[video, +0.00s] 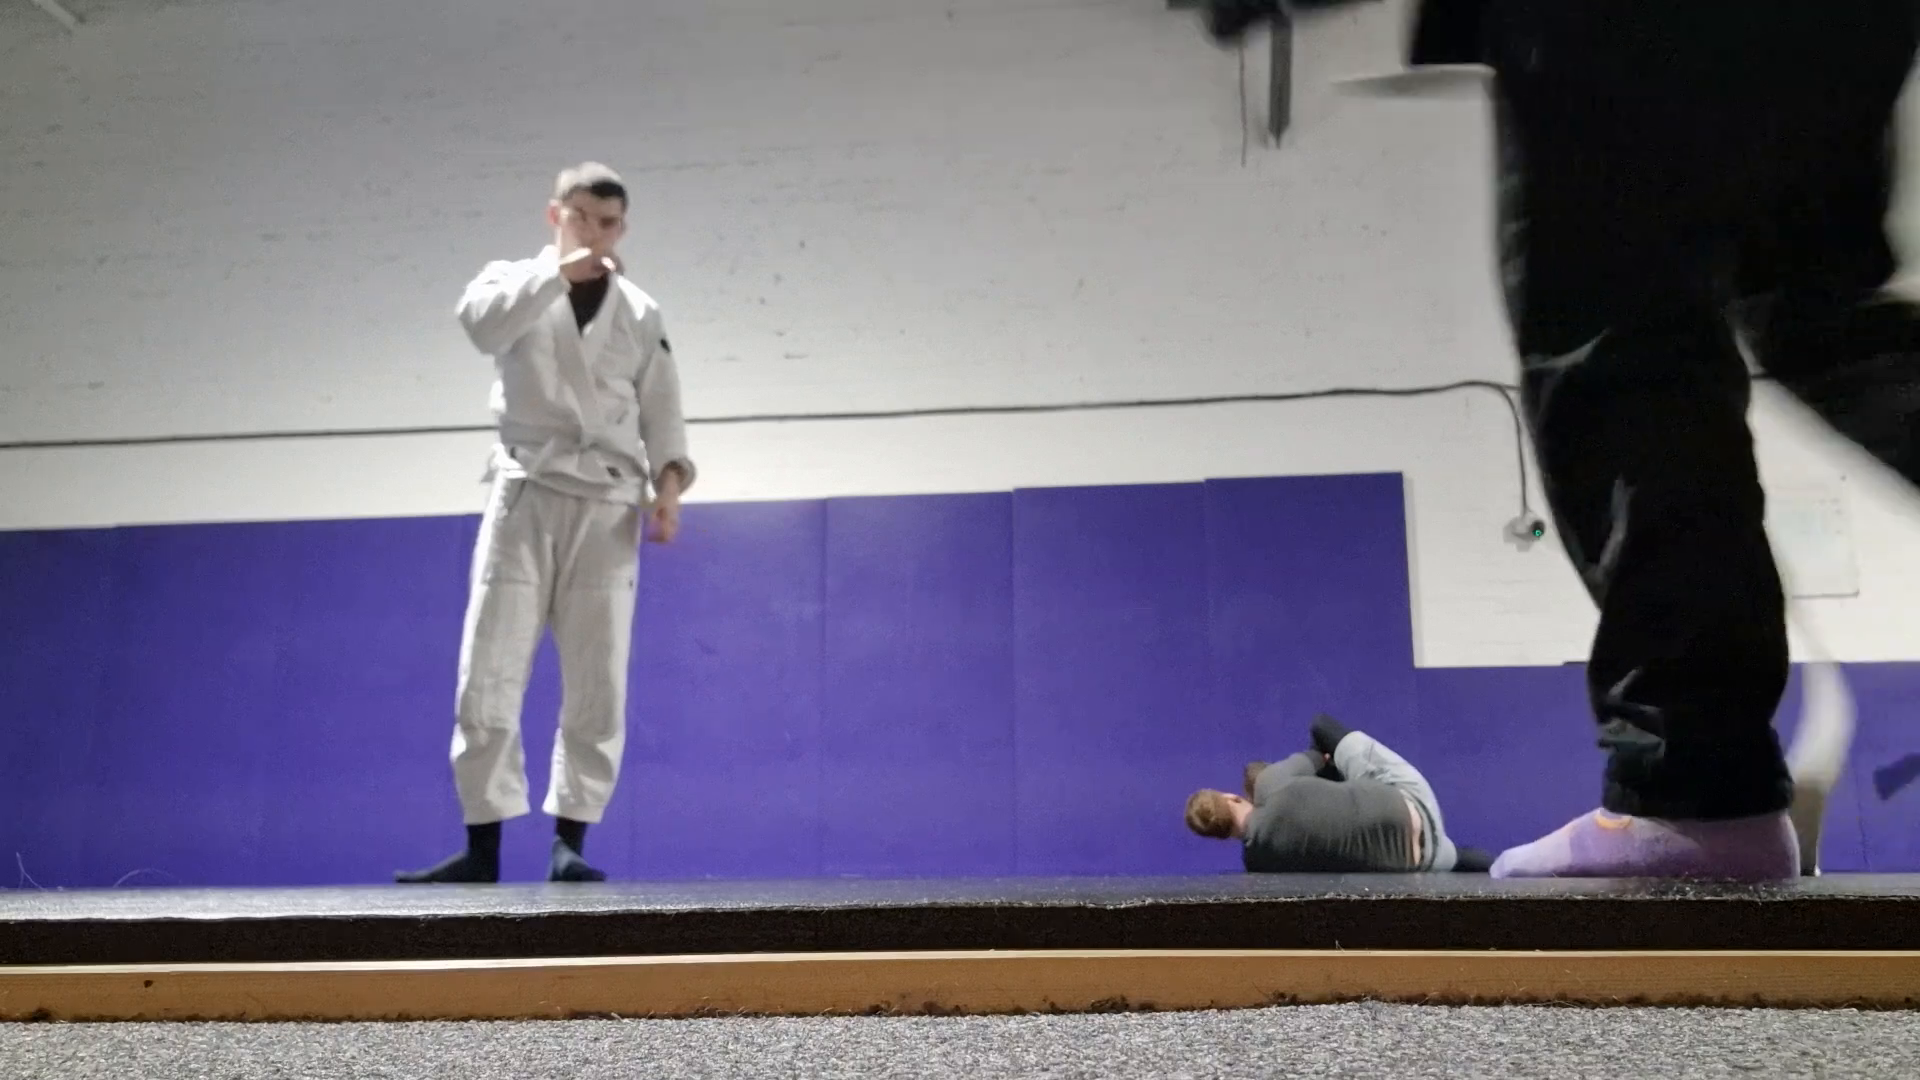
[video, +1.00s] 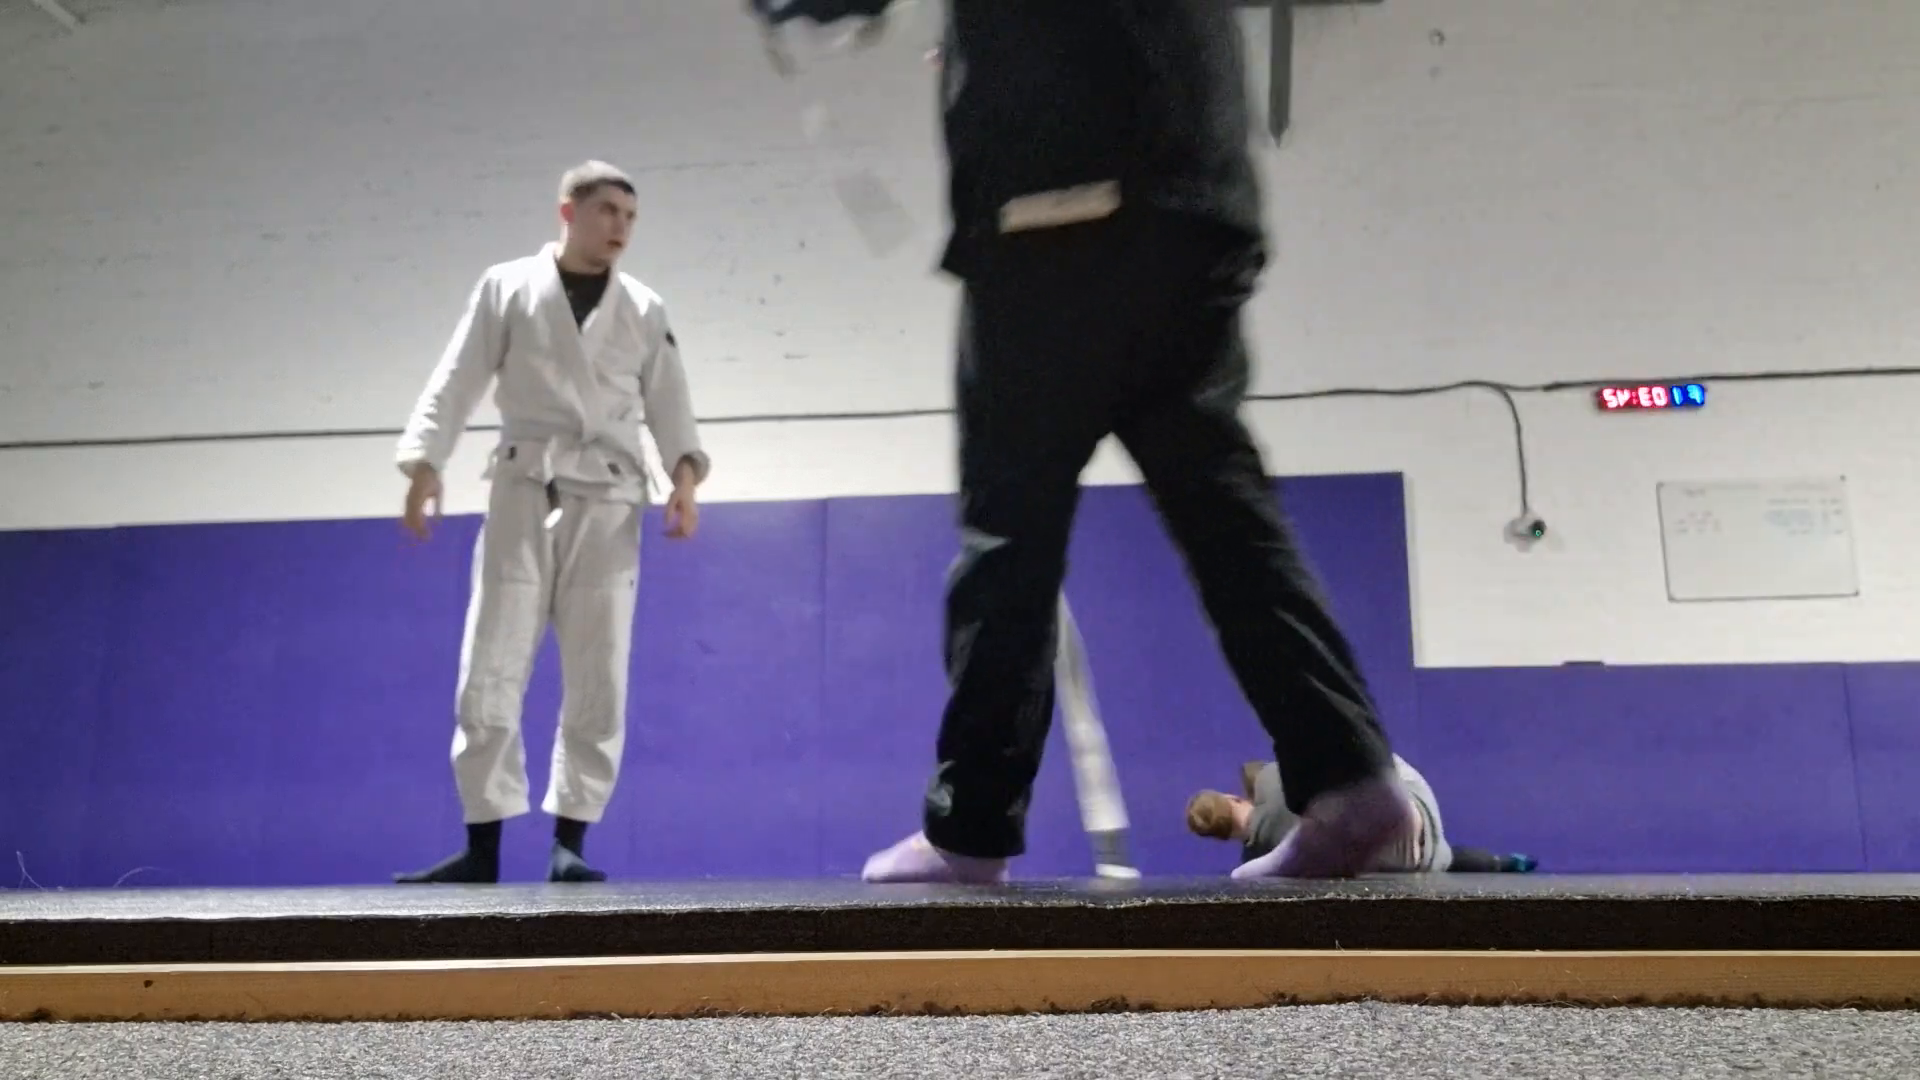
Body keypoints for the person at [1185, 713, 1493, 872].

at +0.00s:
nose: (1230, 791)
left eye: (1226, 792)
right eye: (1227, 792)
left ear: (1216, 838)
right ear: (1231, 797)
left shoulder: (1257, 862)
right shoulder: (1274, 783)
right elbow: (1320, 759)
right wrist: (1264, 775)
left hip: (1423, 862)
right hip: (1416, 808)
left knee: (1459, 855)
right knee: (1323, 727)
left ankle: (1513, 866)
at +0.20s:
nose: (1232, 795)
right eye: (1228, 795)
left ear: (1217, 841)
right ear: (1231, 798)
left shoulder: (1258, 864)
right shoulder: (1271, 781)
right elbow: (1317, 757)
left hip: (1422, 865)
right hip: (1415, 810)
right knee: (1342, 740)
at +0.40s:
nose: (1228, 795)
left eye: (1220, 825)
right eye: (1224, 795)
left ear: (1221, 836)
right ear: (1230, 795)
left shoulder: (1254, 854)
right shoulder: (1274, 773)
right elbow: (1327, 760)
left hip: (1416, 857)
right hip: (1410, 805)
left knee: (1452, 856)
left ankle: (1512, 869)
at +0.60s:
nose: (1229, 806)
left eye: (1218, 813)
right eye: (1224, 805)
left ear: (1217, 840)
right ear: (1229, 797)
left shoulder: (1261, 856)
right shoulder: (1276, 778)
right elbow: (1331, 764)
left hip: (1405, 861)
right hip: (1412, 809)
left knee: (1451, 859)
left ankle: (1506, 867)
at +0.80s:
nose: (1212, 815)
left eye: (1206, 811)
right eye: (1208, 819)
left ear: (1220, 800)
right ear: (1220, 821)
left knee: (1445, 855)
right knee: (1441, 848)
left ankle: (1503, 864)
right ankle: (1498, 862)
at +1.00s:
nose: (1225, 809)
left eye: (1214, 816)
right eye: (1221, 806)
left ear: (1217, 837)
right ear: (1229, 796)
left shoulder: (1260, 853)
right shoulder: (1266, 778)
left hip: (1396, 857)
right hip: (1408, 796)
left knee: (1443, 858)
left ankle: (1505, 863)